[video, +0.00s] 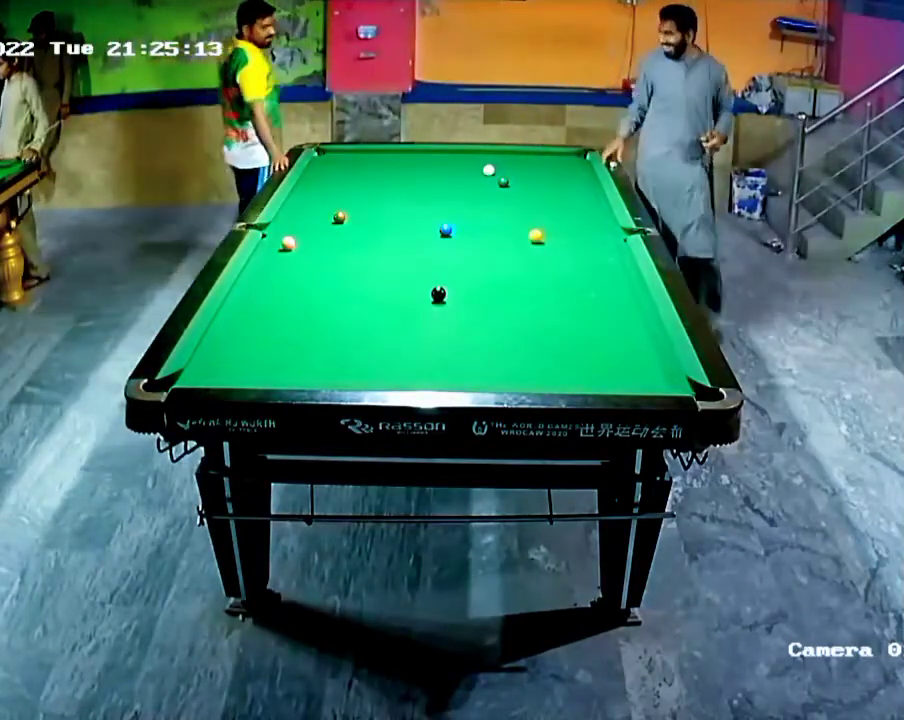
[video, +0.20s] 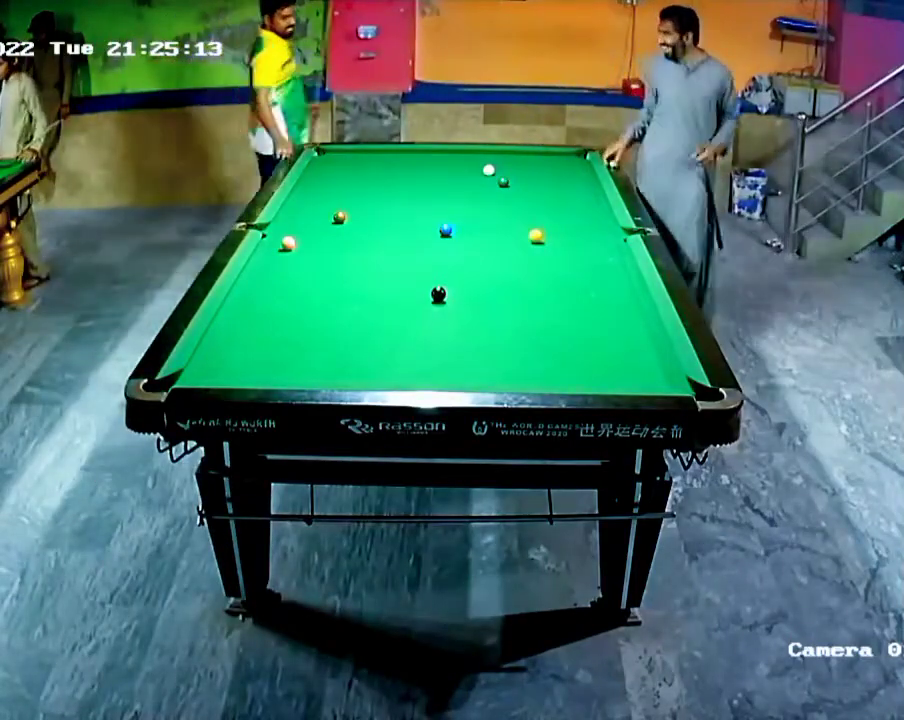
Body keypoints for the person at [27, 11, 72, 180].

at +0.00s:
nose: (37, 36)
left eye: (41, 32)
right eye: (35, 32)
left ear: (50, 30)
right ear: (33, 32)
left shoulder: (60, 48)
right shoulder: (32, 48)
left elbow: (67, 75)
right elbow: (28, 72)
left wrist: (65, 101)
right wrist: (25, 92)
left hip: (52, 94)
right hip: (33, 93)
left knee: (50, 130)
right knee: (34, 127)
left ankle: (44, 158)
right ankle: (34, 157)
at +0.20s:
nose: (36, 37)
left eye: (39, 32)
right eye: (34, 33)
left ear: (48, 31)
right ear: (34, 32)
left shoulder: (60, 48)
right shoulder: (34, 49)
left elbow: (67, 75)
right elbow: (27, 71)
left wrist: (65, 102)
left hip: (52, 94)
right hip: (35, 93)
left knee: (49, 128)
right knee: (36, 127)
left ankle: (44, 159)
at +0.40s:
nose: (38, 37)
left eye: (41, 32)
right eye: (36, 32)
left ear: (50, 31)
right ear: (33, 32)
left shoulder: (60, 48)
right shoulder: (31, 49)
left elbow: (67, 75)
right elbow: (25, 72)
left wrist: (65, 101)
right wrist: (22, 92)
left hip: (51, 94)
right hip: (32, 93)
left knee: (49, 130)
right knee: (32, 128)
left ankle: (44, 159)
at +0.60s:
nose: (39, 37)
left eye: (42, 33)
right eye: (36, 33)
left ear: (50, 32)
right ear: (34, 32)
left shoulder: (60, 51)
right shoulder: (31, 49)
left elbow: (68, 76)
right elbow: (23, 72)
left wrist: (65, 102)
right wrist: (19, 91)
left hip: (52, 95)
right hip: (32, 94)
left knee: (49, 129)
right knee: (32, 127)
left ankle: (45, 160)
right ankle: (32, 158)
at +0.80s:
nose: (39, 37)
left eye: (42, 33)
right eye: (37, 33)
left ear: (50, 32)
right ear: (35, 33)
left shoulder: (61, 51)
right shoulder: (31, 51)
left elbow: (68, 76)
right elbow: (21, 75)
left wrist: (65, 102)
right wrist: (20, 98)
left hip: (51, 95)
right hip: (32, 94)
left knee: (47, 130)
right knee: (24, 126)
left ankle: (44, 161)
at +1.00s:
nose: (38, 38)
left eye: (42, 33)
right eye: (35, 33)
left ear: (50, 32)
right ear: (33, 32)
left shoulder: (61, 49)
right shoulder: (31, 49)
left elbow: (68, 75)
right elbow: (20, 78)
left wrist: (65, 102)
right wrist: (16, 105)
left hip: (51, 95)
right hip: (32, 95)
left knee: (48, 131)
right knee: (21, 125)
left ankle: (46, 160)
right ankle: (41, 157)